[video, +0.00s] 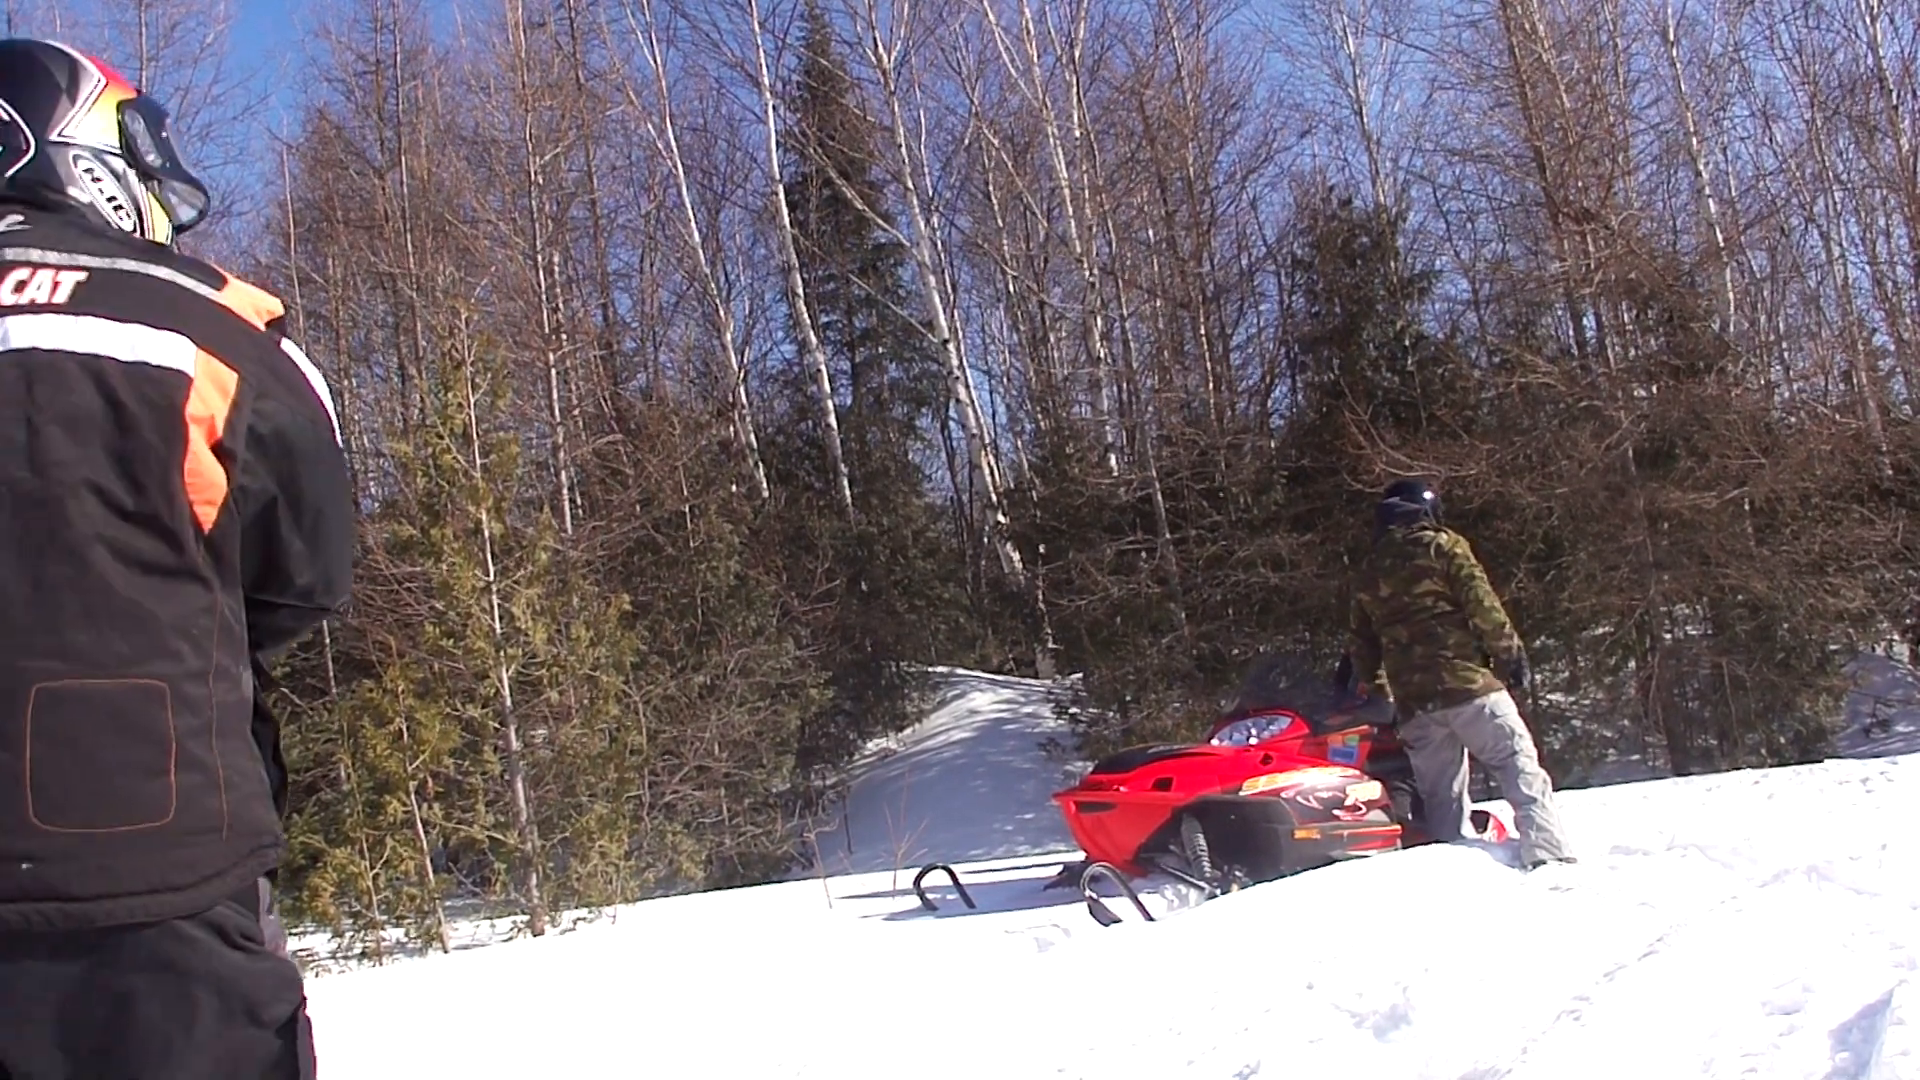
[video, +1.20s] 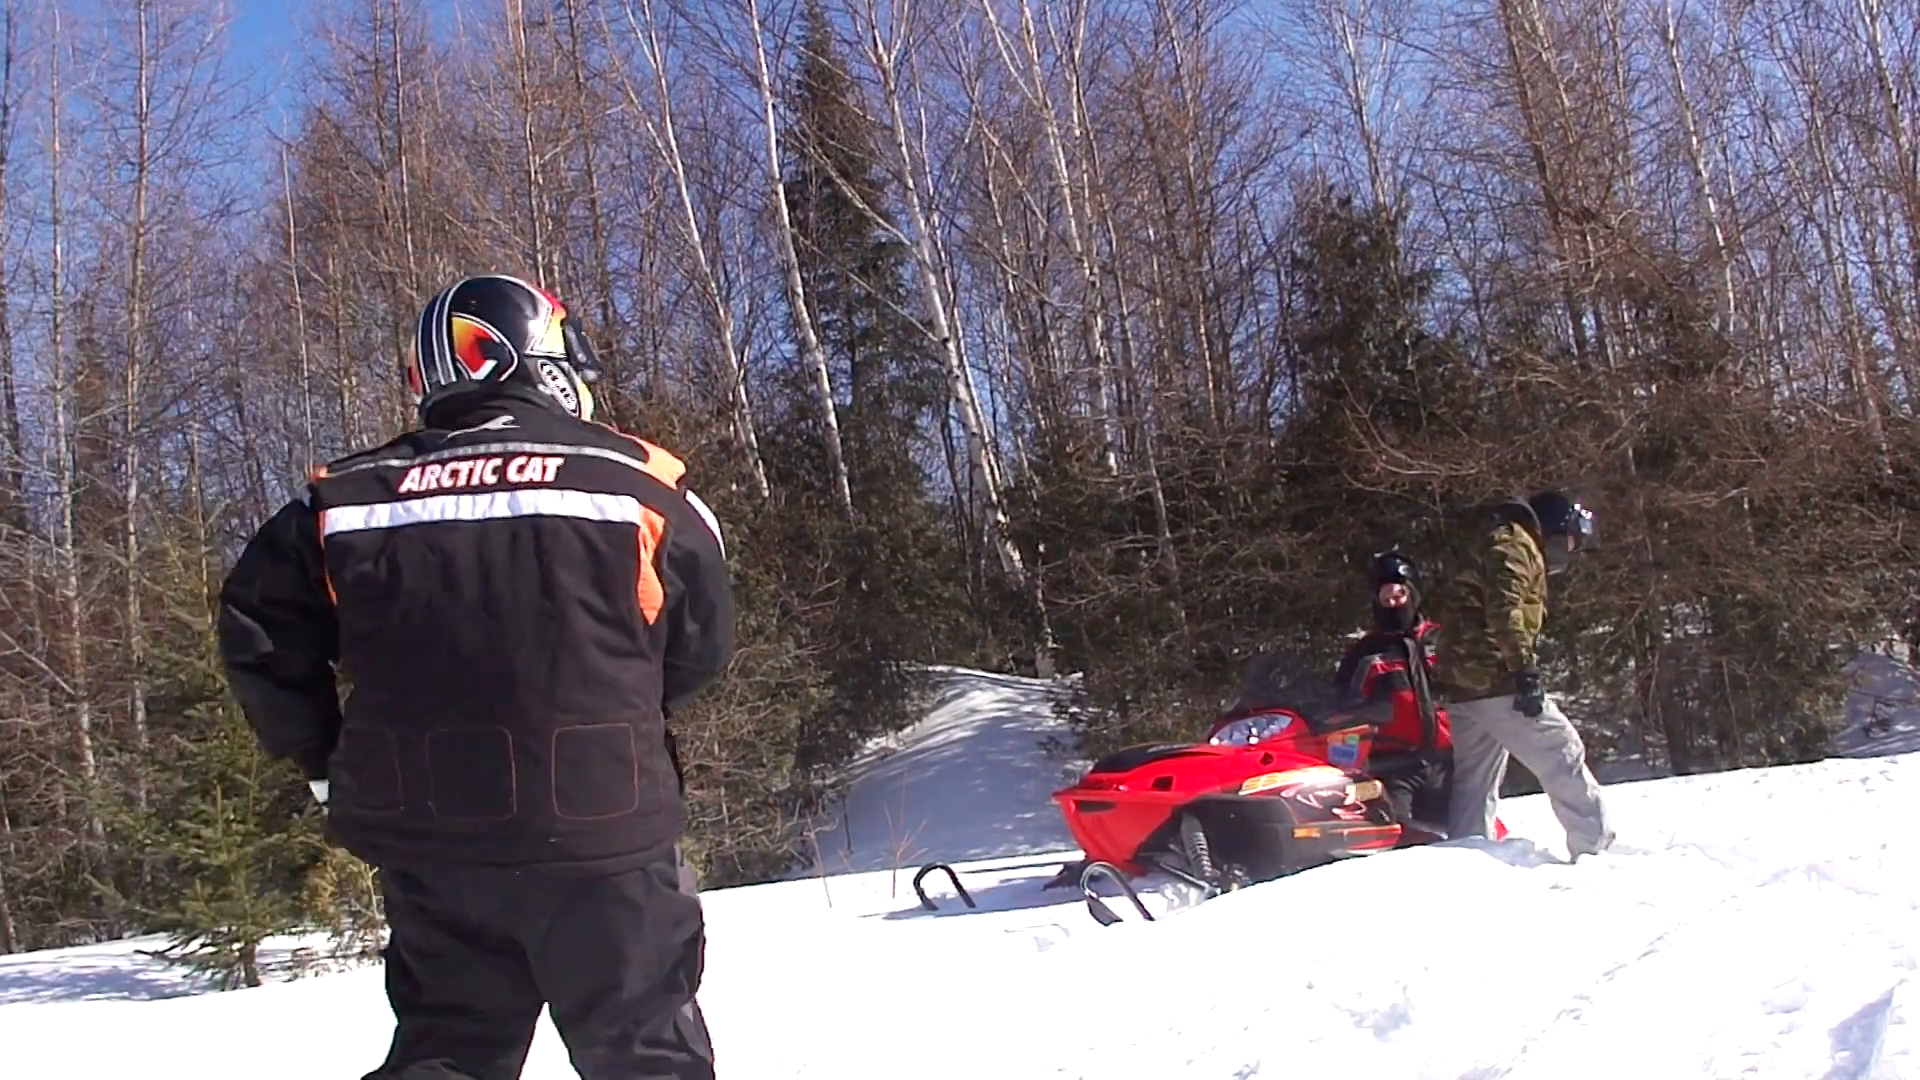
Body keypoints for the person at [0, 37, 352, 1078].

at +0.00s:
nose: (180, 190)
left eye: (166, 156)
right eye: (153, 154)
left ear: (19, 164)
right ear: (101, 157)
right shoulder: (219, 323)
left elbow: (304, 579)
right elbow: (308, 579)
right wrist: (182, 642)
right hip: (161, 940)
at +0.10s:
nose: (227, 206)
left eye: (217, 175)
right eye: (208, 174)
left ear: (20, 175)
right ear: (162, 175)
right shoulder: (272, 323)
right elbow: (355, 560)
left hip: (2, 886)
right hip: (208, 885)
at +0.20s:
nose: (262, 207)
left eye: (253, 185)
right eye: (246, 185)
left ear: (39, 200)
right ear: (212, 188)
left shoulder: (5, 320)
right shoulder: (324, 332)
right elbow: (379, 571)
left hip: (25, 877)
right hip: (242, 872)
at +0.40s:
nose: (319, 259)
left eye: (309, 237)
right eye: (303, 235)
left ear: (110, 250)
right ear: (273, 236)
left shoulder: (20, 375)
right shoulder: (383, 365)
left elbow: (16, 587)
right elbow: (437, 575)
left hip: (91, 834)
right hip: (299, 820)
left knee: (213, 1056)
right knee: (281, 1059)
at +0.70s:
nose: (385, 286)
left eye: (375, 267)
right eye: (373, 267)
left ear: (207, 284)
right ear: (347, 274)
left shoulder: (100, 406)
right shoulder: (444, 397)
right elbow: (499, 580)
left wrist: (64, 687)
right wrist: (407, 640)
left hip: (198, 815)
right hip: (395, 810)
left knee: (284, 1061)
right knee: (434, 1053)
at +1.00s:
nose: (494, 337)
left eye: (488, 317)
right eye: (481, 316)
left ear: (326, 330)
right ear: (454, 320)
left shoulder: (226, 446)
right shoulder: (536, 438)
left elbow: (121, 563)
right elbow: (602, 611)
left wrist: (207, 704)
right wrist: (524, 685)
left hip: (305, 824)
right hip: (489, 814)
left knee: (348, 1055)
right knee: (558, 1048)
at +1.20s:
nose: (588, 375)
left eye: (581, 357)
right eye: (578, 356)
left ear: (427, 377)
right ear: (556, 363)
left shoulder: (341, 494)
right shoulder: (642, 479)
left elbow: (256, 627)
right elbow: (698, 646)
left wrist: (330, 753)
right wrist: (611, 701)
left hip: (426, 849)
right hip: (601, 845)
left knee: (443, 1047)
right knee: (648, 1050)